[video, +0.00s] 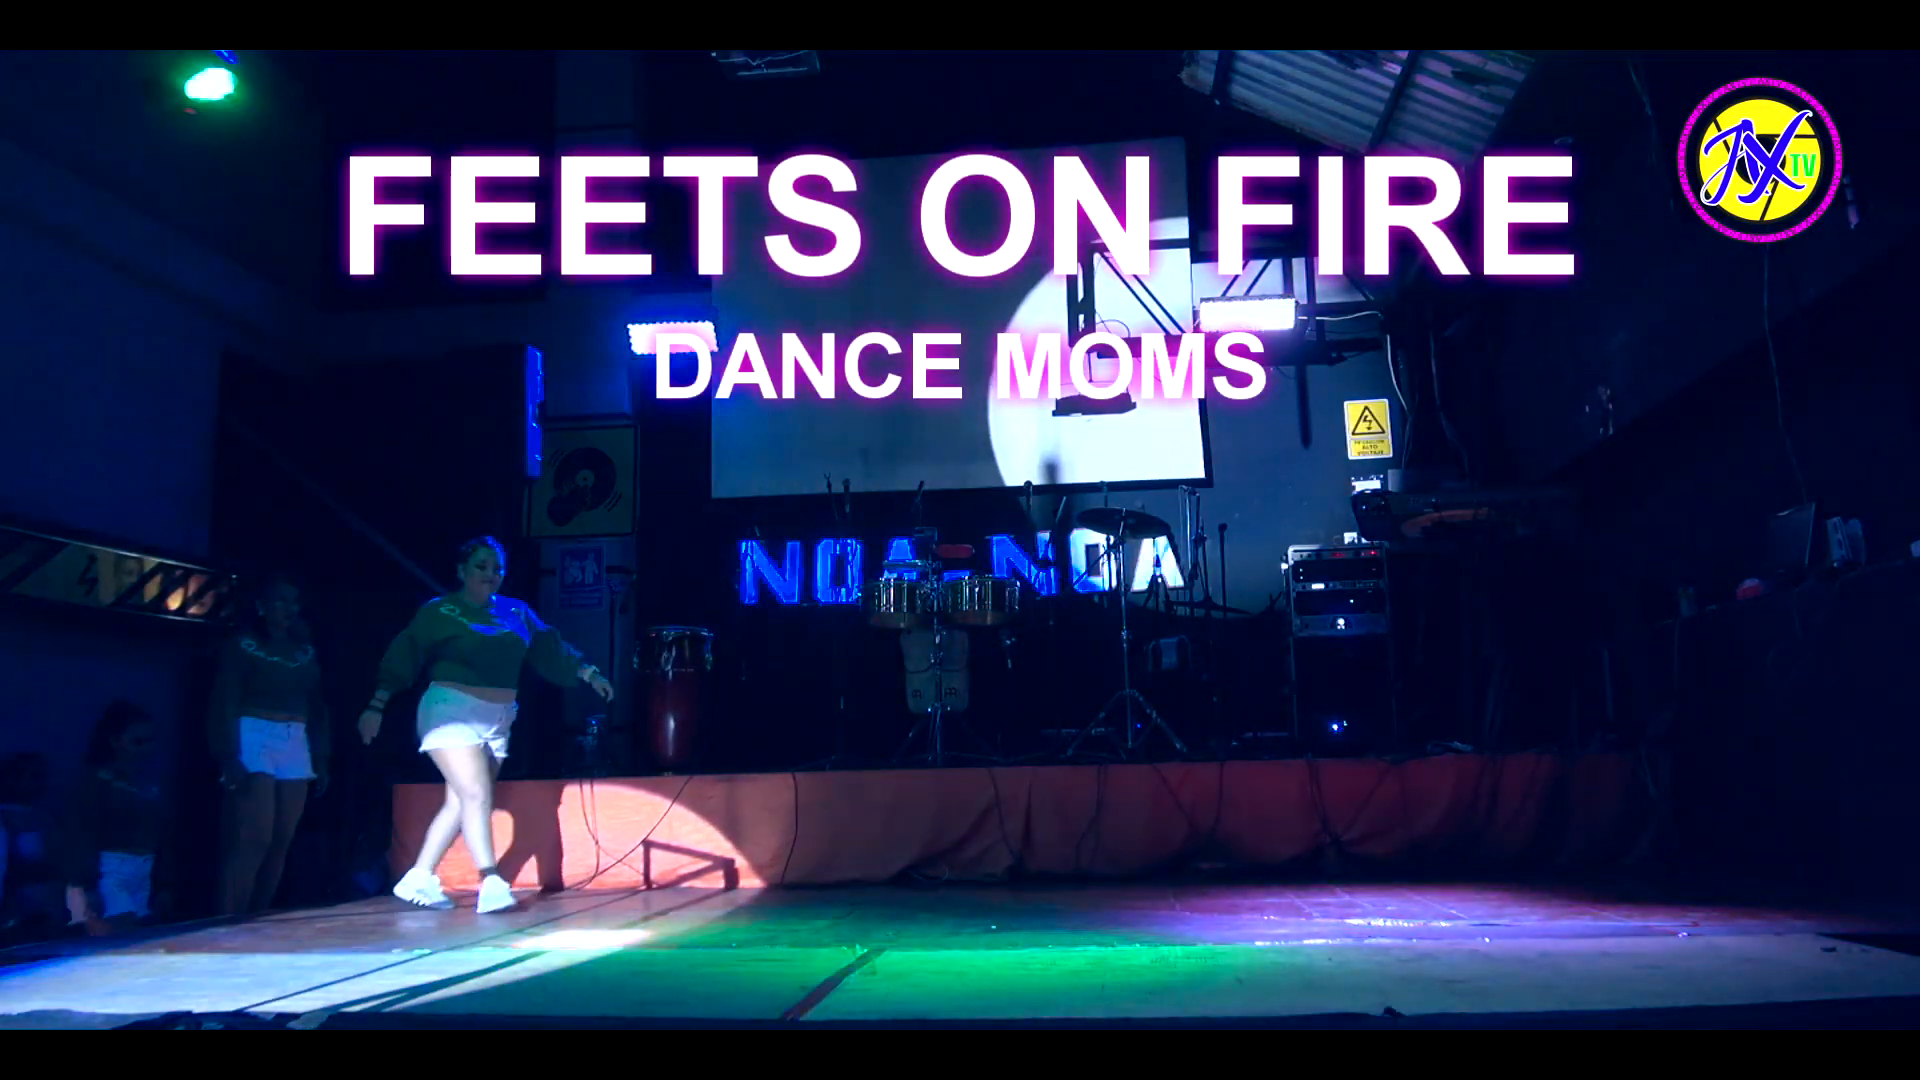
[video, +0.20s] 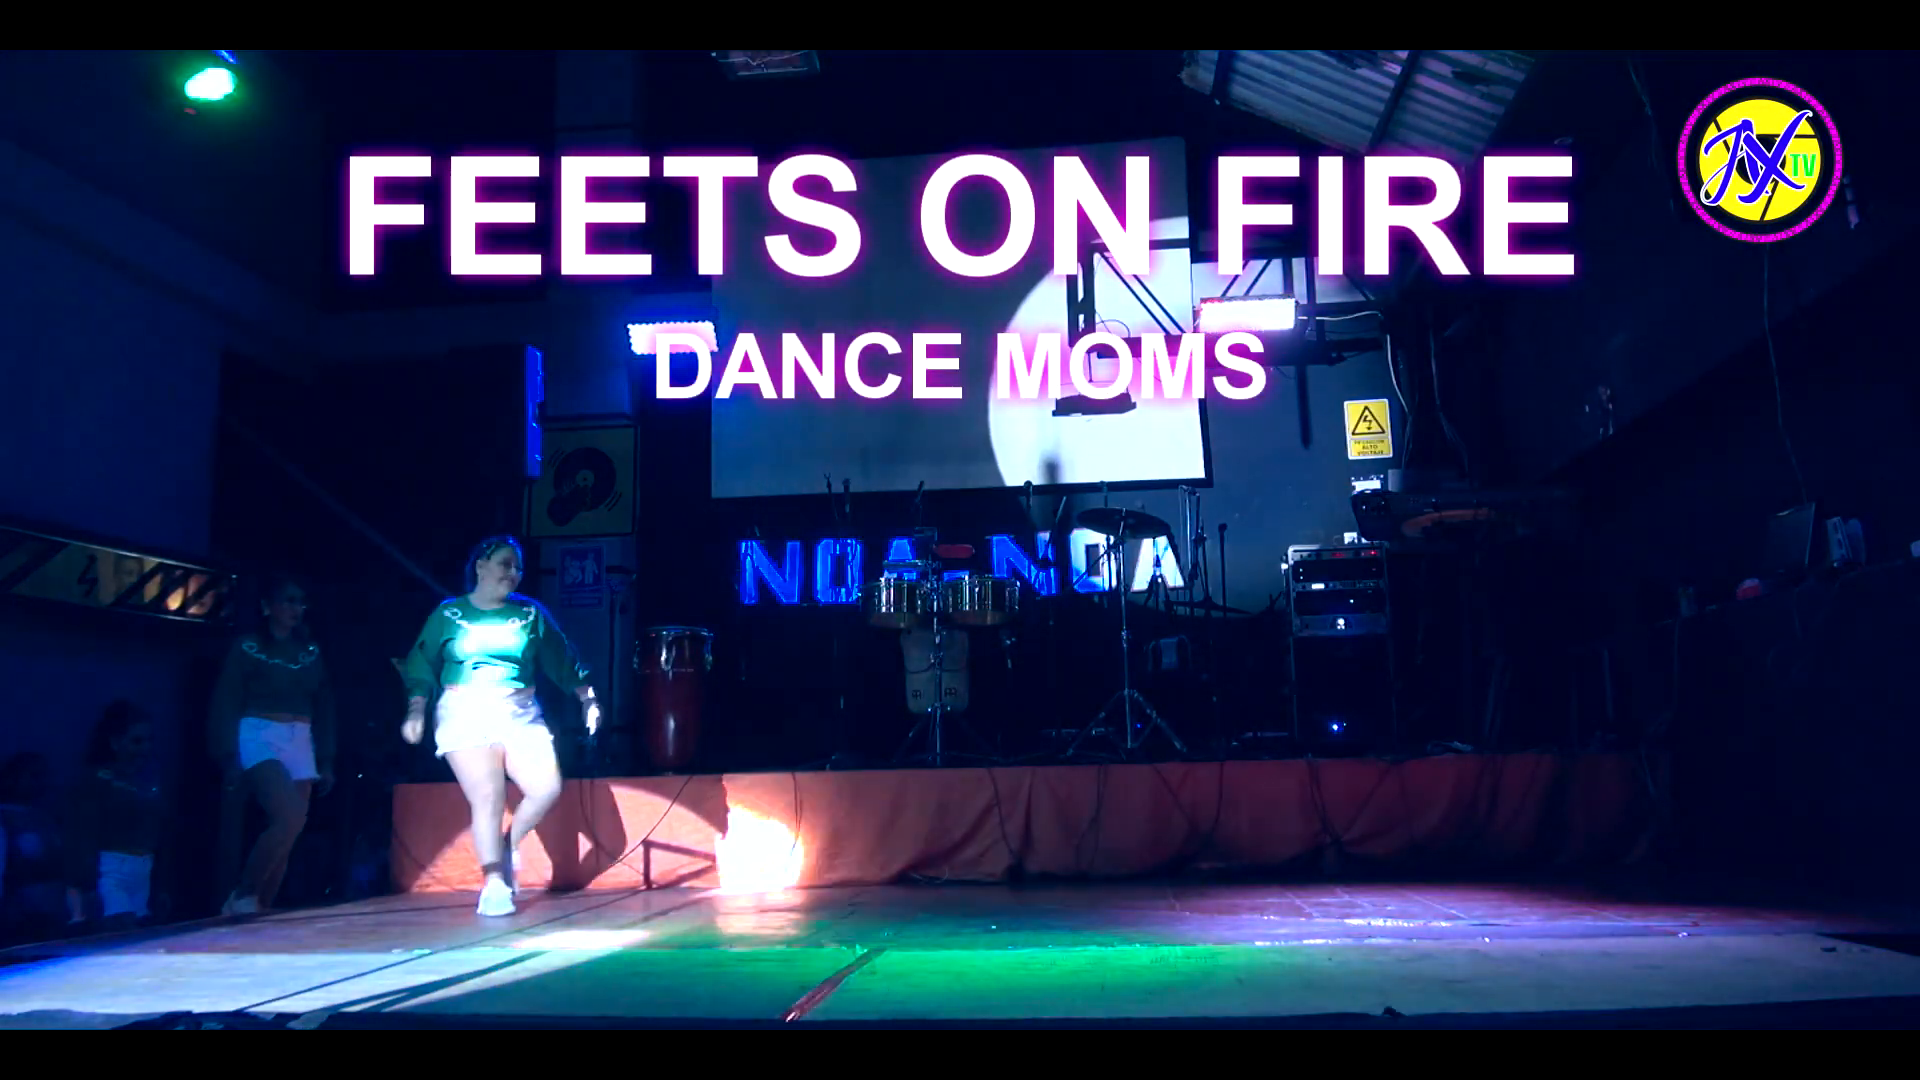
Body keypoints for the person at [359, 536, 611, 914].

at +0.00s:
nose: (489, 575)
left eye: (495, 569)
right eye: (481, 567)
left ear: (502, 574)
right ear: (462, 570)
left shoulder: (517, 614)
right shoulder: (440, 613)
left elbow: (553, 650)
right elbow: (402, 657)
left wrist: (588, 674)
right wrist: (376, 706)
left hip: (497, 719)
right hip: (449, 711)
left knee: (458, 803)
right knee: (476, 792)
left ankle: (418, 878)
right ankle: (490, 881)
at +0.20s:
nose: (511, 572)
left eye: (515, 566)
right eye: (503, 564)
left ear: (519, 573)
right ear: (480, 566)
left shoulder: (531, 615)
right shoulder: (449, 615)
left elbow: (562, 660)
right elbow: (421, 664)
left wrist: (586, 696)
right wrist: (416, 709)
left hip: (520, 713)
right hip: (464, 714)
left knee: (546, 788)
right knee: (487, 795)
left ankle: (510, 841)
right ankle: (493, 882)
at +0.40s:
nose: (531, 562)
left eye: (535, 556)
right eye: (522, 553)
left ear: (538, 562)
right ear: (498, 557)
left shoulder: (548, 605)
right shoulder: (465, 601)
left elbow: (568, 654)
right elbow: (427, 646)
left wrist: (569, 699)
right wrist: (446, 650)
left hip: (537, 703)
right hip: (482, 705)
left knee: (543, 791)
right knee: (494, 799)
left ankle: (550, 881)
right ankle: (500, 883)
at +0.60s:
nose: (549, 562)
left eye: (554, 555)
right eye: (540, 553)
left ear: (559, 561)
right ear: (516, 558)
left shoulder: (568, 606)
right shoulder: (486, 599)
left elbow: (587, 663)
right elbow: (456, 644)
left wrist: (586, 703)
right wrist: (448, 632)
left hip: (554, 707)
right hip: (497, 707)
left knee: (551, 800)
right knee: (505, 803)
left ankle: (555, 890)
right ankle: (506, 881)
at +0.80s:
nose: (564, 558)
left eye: (570, 551)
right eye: (554, 550)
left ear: (577, 557)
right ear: (533, 556)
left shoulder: (586, 606)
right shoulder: (510, 595)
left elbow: (604, 664)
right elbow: (467, 633)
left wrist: (625, 687)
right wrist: (428, 665)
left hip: (578, 705)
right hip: (517, 705)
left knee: (570, 804)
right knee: (521, 807)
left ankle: (559, 892)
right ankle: (516, 847)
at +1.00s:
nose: (556, 541)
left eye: (564, 534)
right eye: (546, 535)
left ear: (578, 541)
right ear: (533, 543)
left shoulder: (597, 591)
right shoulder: (513, 584)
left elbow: (616, 648)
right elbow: (475, 635)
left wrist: (644, 633)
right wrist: (450, 682)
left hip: (584, 696)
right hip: (527, 690)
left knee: (570, 792)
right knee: (545, 771)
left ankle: (553, 888)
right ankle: (536, 871)